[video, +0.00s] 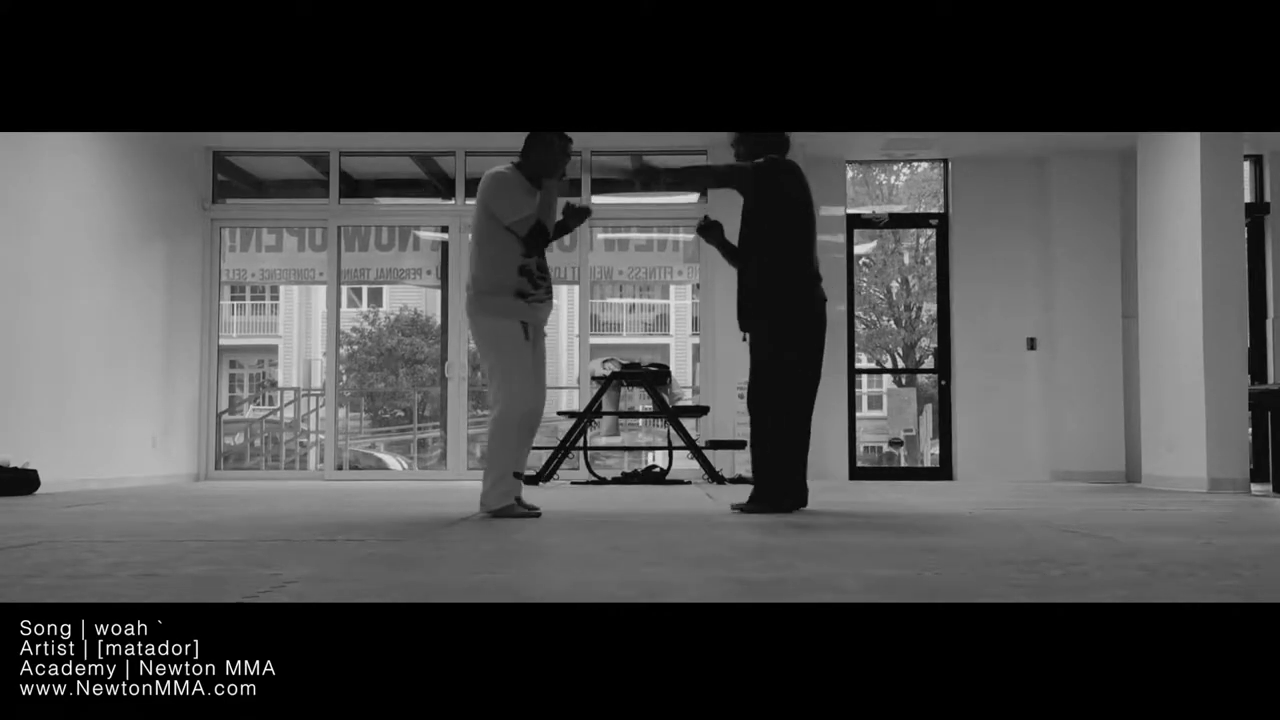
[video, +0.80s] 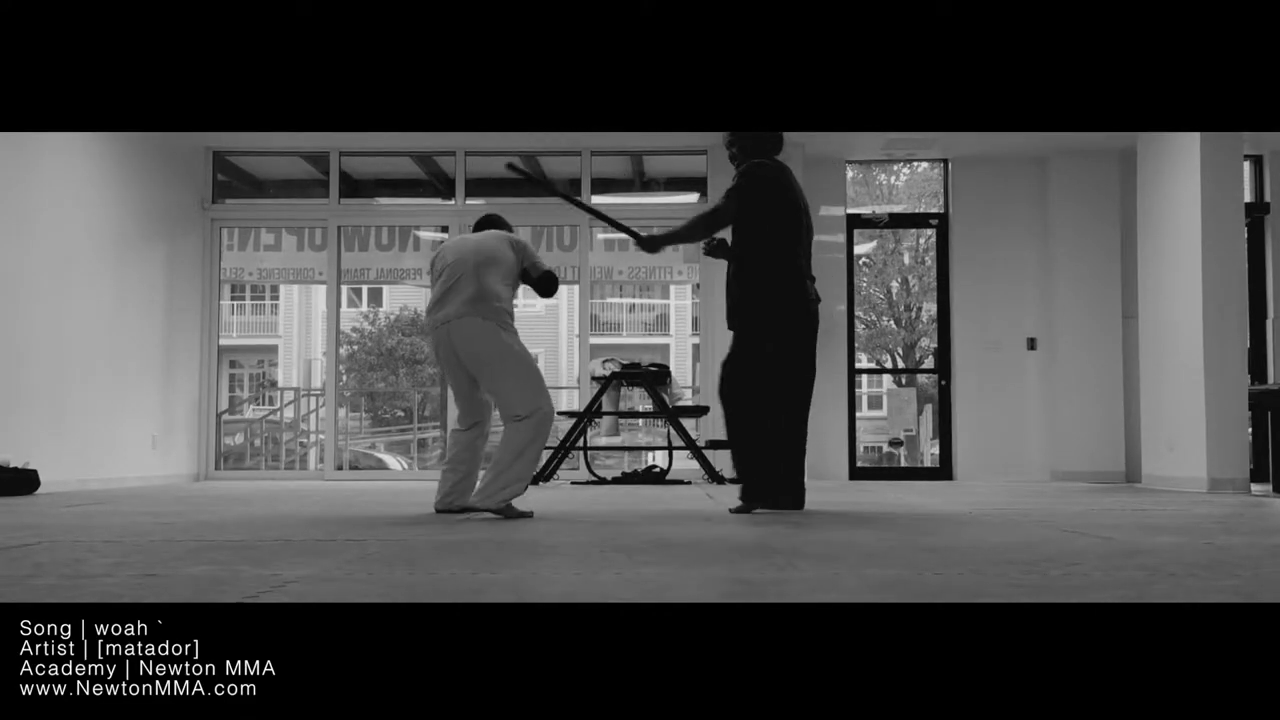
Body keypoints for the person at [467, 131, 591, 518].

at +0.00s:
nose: (564, 166)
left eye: (566, 160)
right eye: (562, 157)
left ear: (542, 153)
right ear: (542, 152)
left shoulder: (534, 191)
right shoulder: (500, 180)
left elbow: (536, 241)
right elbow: (533, 239)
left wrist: (564, 224)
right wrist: (552, 194)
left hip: (525, 315)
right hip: (499, 313)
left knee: (531, 403)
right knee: (515, 401)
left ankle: (507, 493)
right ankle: (496, 499)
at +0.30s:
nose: (545, 160)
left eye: (547, 152)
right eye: (541, 150)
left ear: (519, 150)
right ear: (521, 148)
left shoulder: (519, 185)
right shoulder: (489, 176)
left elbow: (561, 218)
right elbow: (525, 230)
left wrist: (558, 177)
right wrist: (549, 183)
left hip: (518, 316)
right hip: (494, 315)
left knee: (521, 404)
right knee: (507, 403)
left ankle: (498, 487)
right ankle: (496, 497)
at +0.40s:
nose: (548, 166)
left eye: (549, 157)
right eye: (546, 156)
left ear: (511, 146)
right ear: (527, 150)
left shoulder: (489, 176)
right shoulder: (501, 174)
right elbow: (548, 216)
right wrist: (545, 174)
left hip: (488, 312)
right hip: (494, 313)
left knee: (503, 400)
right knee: (514, 403)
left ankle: (471, 478)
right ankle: (501, 501)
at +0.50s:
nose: (543, 180)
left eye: (542, 173)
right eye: (541, 173)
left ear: (502, 161)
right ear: (529, 167)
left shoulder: (477, 189)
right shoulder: (513, 179)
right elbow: (556, 223)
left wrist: (543, 209)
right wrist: (549, 191)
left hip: (466, 314)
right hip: (494, 313)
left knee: (489, 400)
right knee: (525, 399)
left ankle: (458, 486)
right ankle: (498, 498)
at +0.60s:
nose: (539, 209)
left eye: (538, 204)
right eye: (537, 203)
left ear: (498, 192)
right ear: (528, 195)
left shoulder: (469, 220)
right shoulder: (519, 209)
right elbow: (555, 257)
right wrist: (550, 230)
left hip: (448, 325)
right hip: (485, 324)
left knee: (474, 414)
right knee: (528, 409)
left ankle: (452, 496)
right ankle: (490, 502)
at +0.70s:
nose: (523, 234)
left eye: (520, 230)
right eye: (520, 230)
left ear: (484, 226)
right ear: (514, 225)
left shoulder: (455, 244)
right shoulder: (517, 236)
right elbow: (552, 285)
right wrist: (555, 259)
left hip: (439, 332)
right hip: (481, 330)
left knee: (470, 421)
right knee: (530, 413)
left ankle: (450, 499)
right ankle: (490, 502)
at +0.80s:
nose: (510, 237)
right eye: (509, 234)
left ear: (474, 232)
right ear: (506, 231)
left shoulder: (444, 249)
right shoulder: (511, 241)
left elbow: (438, 289)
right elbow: (548, 286)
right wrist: (528, 269)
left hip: (440, 333)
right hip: (483, 327)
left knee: (473, 415)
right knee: (533, 411)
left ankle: (451, 498)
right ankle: (494, 496)